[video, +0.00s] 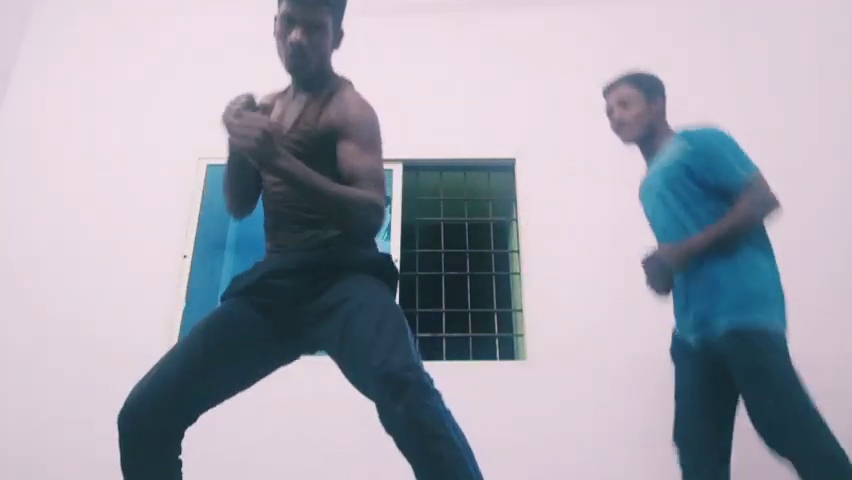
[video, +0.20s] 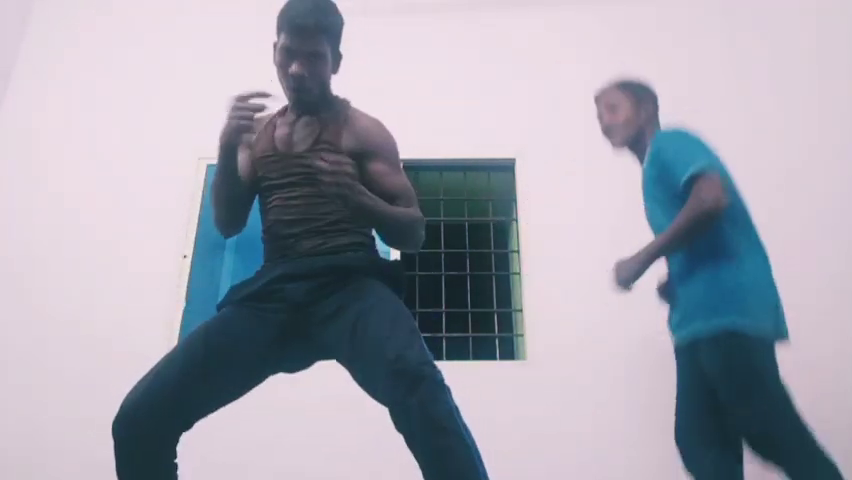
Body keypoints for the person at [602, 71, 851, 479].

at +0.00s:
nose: (615, 117)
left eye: (624, 105)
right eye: (610, 111)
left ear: (656, 105)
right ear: (609, 120)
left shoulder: (702, 142)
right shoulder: (648, 188)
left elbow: (761, 197)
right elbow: (691, 251)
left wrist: (682, 250)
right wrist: (665, 273)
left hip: (746, 318)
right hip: (694, 331)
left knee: (790, 428)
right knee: (698, 451)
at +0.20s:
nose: (604, 120)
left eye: (612, 108)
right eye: (600, 113)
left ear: (645, 110)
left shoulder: (670, 143)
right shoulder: (658, 167)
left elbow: (711, 195)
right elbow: (719, 242)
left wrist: (642, 258)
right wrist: (679, 280)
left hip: (727, 316)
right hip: (698, 323)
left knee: (773, 431)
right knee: (701, 444)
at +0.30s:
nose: (609, 147)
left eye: (617, 135)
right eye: (605, 141)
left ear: (650, 136)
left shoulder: (670, 172)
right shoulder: (663, 189)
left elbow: (699, 225)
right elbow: (721, 274)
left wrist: (625, 279)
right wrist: (680, 313)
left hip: (727, 350)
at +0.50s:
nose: (611, 122)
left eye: (619, 111)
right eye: (607, 116)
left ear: (652, 111)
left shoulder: (678, 140)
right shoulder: (662, 170)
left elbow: (733, 186)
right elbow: (709, 235)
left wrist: (657, 241)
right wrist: (665, 272)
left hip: (723, 301)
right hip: (703, 309)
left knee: (710, 428)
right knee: (714, 429)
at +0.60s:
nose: (622, 95)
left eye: (631, 83)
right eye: (618, 90)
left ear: (664, 82)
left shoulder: (692, 109)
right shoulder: (671, 147)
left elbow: (755, 159)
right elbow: (718, 217)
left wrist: (666, 212)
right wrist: (668, 258)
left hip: (724, 280)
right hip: (701, 289)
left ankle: (815, 475)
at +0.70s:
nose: (632, 98)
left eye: (642, 87)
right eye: (630, 91)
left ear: (676, 87)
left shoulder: (704, 119)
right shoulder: (679, 154)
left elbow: (756, 171)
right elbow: (725, 233)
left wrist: (660, 219)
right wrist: (674, 277)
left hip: (735, 296)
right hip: (709, 307)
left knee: (746, 415)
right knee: (704, 446)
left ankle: (823, 474)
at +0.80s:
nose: (641, 115)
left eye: (651, 103)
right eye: (639, 108)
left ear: (689, 107)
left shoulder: (717, 138)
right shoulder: (693, 176)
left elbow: (749, 195)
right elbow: (739, 261)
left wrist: (649, 233)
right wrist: (688, 301)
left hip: (749, 304)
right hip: (724, 319)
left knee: (754, 440)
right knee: (689, 451)